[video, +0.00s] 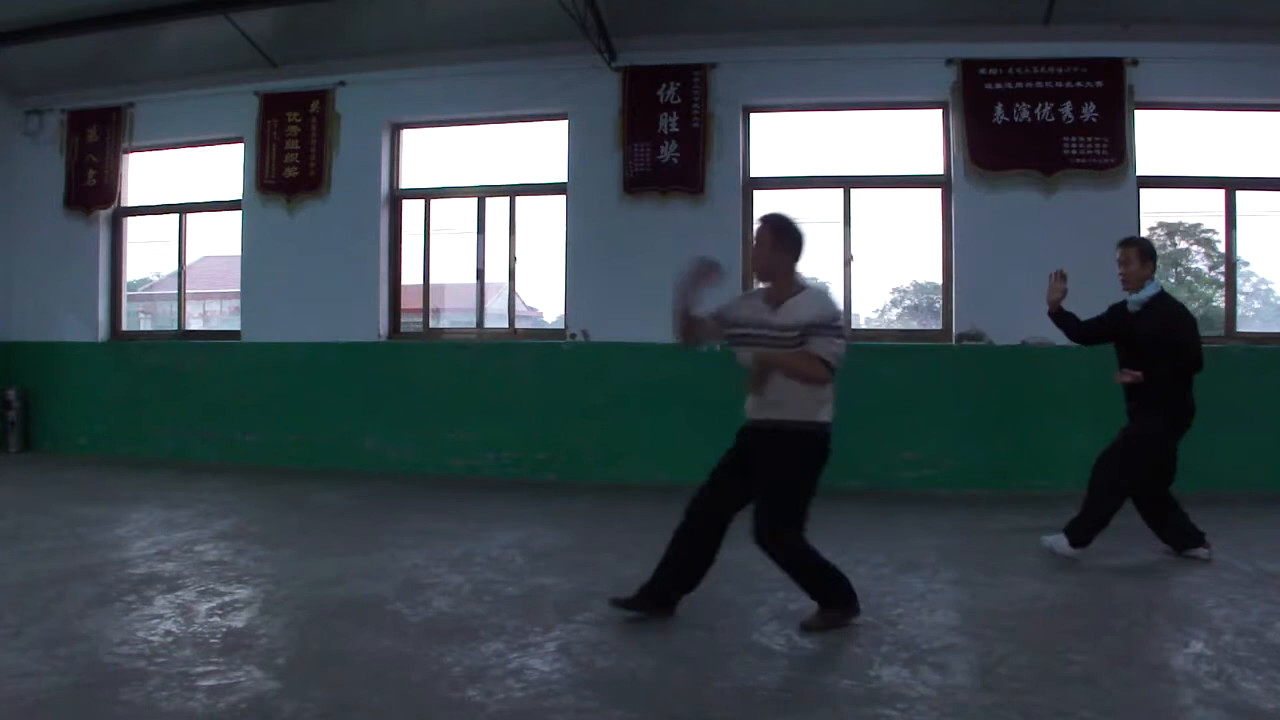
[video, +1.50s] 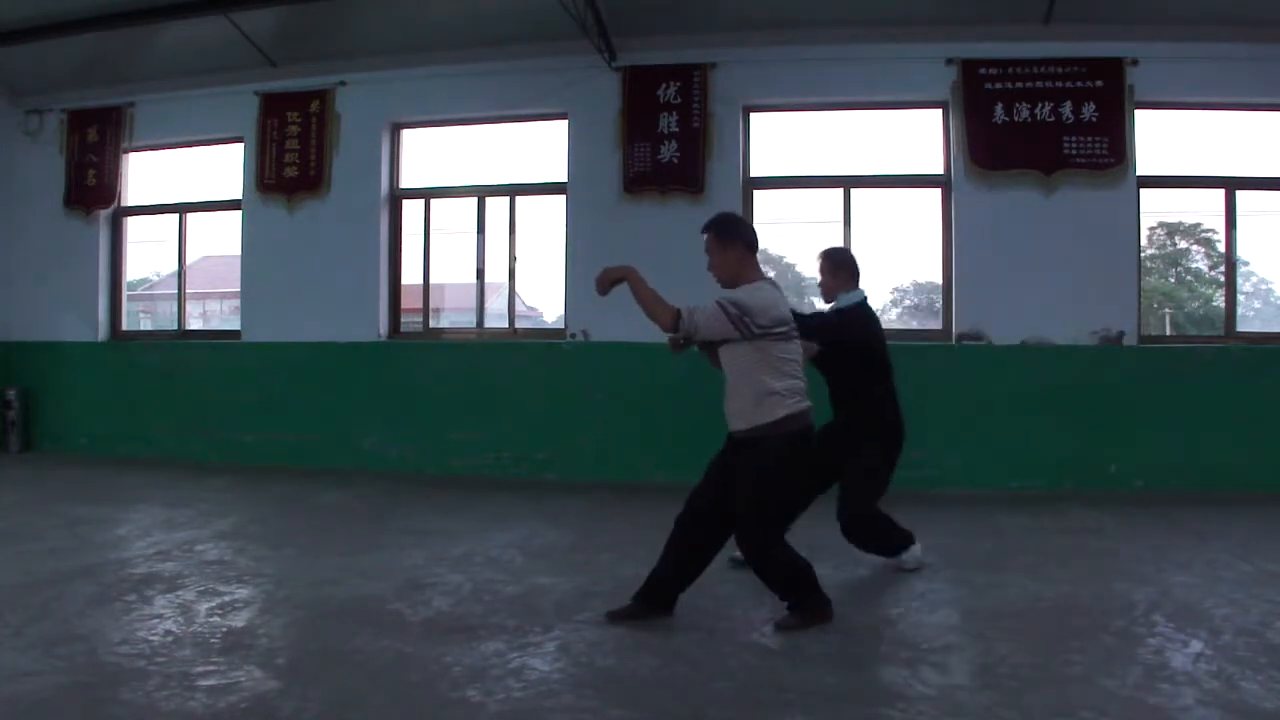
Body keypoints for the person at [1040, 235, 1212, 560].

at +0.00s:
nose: (1121, 271)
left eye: (1128, 264)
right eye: (1119, 264)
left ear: (1149, 268)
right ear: (1120, 268)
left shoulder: (1174, 313)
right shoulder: (1122, 313)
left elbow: (1192, 363)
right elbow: (1084, 334)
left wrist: (1145, 375)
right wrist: (1055, 309)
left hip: (1169, 414)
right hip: (1141, 413)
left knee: (1114, 467)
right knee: (1146, 484)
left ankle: (1075, 539)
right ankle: (1191, 544)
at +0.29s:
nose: (1061, 273)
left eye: (1068, 266)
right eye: (1059, 266)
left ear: (1090, 269)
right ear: (1062, 269)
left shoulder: (1115, 317)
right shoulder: (1061, 313)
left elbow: (1131, 367)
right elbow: (1024, 336)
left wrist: (1087, 363)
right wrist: (994, 312)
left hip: (1109, 420)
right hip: (1084, 418)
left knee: (1053, 468)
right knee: (1128, 484)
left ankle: (1030, 545)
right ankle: (1187, 535)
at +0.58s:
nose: (976, 241)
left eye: (981, 233)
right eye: (976, 234)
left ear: (1000, 234)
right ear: (1001, 234)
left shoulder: (1017, 276)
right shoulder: (1014, 272)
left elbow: (980, 306)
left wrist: (922, 283)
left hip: (1030, 381)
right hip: (1015, 373)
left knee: (1013, 458)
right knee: (952, 389)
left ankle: (1019, 543)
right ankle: (974, 450)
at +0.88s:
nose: (927, 241)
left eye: (932, 234)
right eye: (927, 234)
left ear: (951, 237)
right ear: (951, 237)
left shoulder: (957, 282)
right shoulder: (955, 276)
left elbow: (901, 292)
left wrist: (849, 272)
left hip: (964, 385)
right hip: (948, 374)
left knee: (937, 460)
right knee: (883, 373)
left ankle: (925, 543)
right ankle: (905, 441)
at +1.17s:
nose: (893, 261)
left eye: (898, 253)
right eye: (893, 254)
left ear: (919, 254)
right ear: (906, 255)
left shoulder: (945, 305)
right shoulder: (894, 302)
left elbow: (930, 350)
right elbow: (857, 330)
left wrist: (887, 344)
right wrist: (846, 308)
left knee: (895, 488)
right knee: (837, 469)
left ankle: (918, 552)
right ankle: (790, 530)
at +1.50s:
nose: (819, 283)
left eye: (822, 276)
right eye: (819, 276)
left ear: (838, 276)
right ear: (851, 277)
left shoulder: (849, 320)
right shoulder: (848, 315)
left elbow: (796, 326)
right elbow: (839, 367)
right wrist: (812, 353)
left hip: (874, 432)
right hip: (847, 427)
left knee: (855, 518)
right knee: (788, 484)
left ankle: (905, 547)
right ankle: (759, 546)